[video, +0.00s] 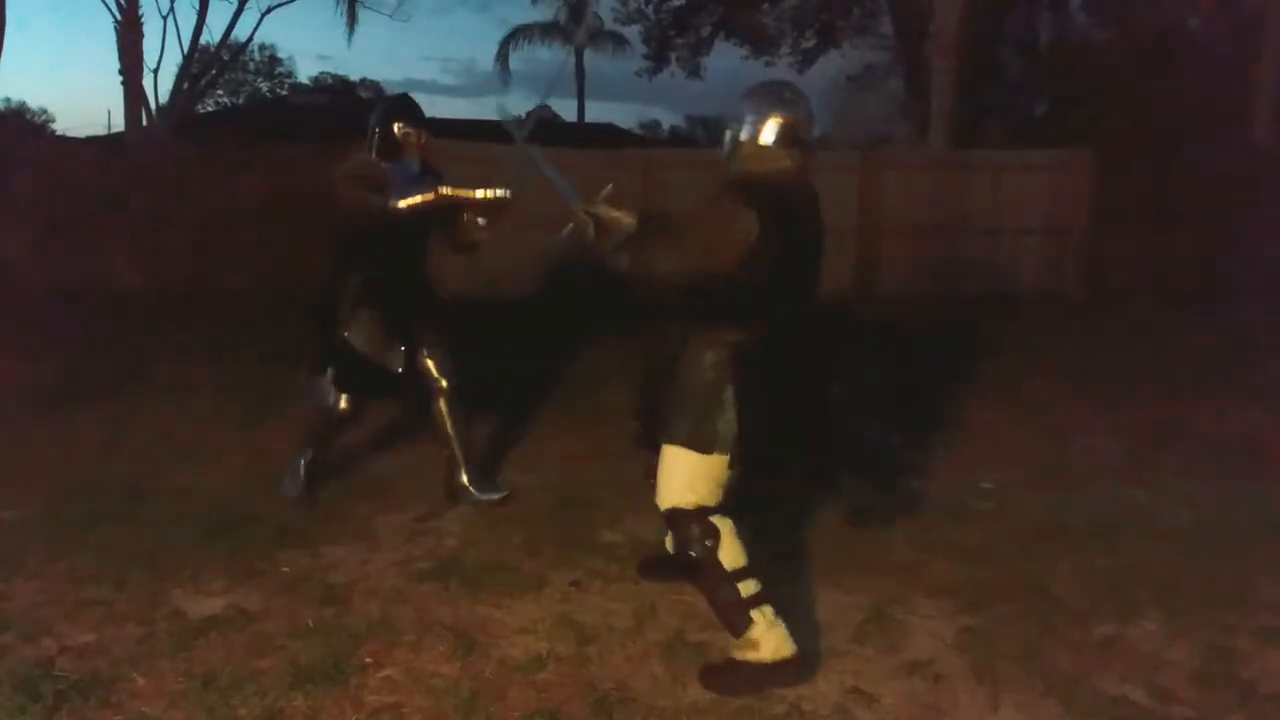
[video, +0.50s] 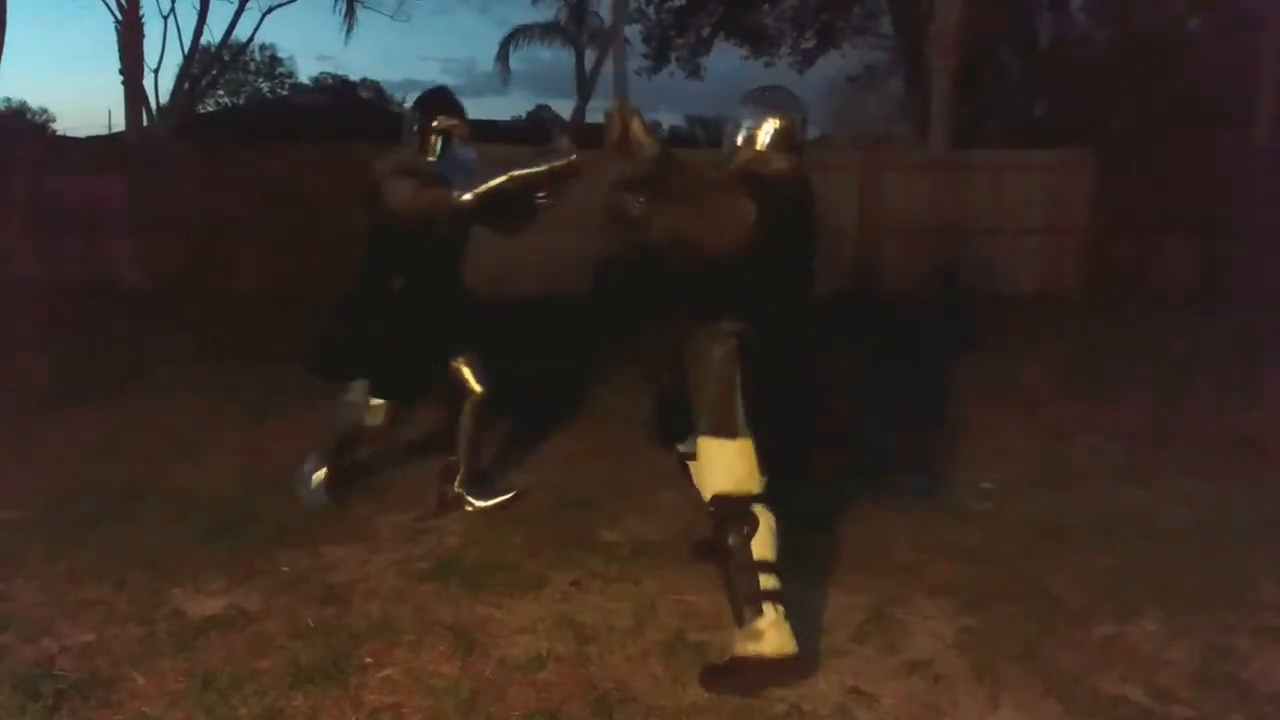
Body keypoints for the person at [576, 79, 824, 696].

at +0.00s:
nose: (729, 139)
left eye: (738, 128)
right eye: (735, 127)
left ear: (755, 133)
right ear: (791, 134)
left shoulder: (753, 202)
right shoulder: (785, 196)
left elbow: (692, 263)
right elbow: (703, 240)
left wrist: (615, 247)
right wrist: (637, 226)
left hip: (728, 363)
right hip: (756, 355)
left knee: (689, 503)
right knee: (695, 456)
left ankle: (768, 645)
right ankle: (690, 551)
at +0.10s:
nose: (748, 151)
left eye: (757, 140)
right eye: (753, 141)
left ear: (769, 142)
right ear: (806, 146)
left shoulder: (771, 209)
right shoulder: (790, 201)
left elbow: (683, 269)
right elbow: (711, 239)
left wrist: (624, 246)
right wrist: (645, 226)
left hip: (731, 365)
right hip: (736, 353)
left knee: (710, 514)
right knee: (673, 449)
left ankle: (776, 659)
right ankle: (685, 548)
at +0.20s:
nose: (754, 151)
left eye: (763, 140)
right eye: (763, 141)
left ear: (773, 142)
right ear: (812, 149)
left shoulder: (774, 209)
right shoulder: (798, 203)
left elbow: (695, 264)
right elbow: (715, 242)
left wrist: (630, 235)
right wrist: (652, 220)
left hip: (735, 366)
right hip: (755, 355)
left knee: (712, 513)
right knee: (671, 438)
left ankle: (776, 660)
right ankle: (694, 547)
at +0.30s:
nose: (749, 145)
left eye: (758, 135)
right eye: (758, 136)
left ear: (771, 137)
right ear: (809, 142)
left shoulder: (776, 198)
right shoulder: (799, 195)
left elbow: (712, 252)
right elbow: (721, 235)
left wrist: (645, 214)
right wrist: (657, 205)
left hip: (744, 362)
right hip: (782, 349)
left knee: (717, 509)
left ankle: (777, 658)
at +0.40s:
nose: (740, 146)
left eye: (748, 136)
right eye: (747, 136)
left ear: (762, 139)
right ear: (801, 142)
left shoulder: (767, 202)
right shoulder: (794, 198)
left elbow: (704, 235)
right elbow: (713, 213)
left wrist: (643, 208)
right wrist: (655, 184)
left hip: (738, 366)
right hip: (766, 359)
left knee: (725, 510)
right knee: (744, 494)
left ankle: (775, 655)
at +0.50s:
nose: (736, 143)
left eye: (744, 132)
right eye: (744, 132)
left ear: (755, 134)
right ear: (789, 136)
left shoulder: (757, 193)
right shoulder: (782, 190)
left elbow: (702, 226)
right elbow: (704, 192)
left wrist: (642, 182)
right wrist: (654, 157)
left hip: (738, 343)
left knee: (737, 486)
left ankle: (767, 632)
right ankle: (725, 525)